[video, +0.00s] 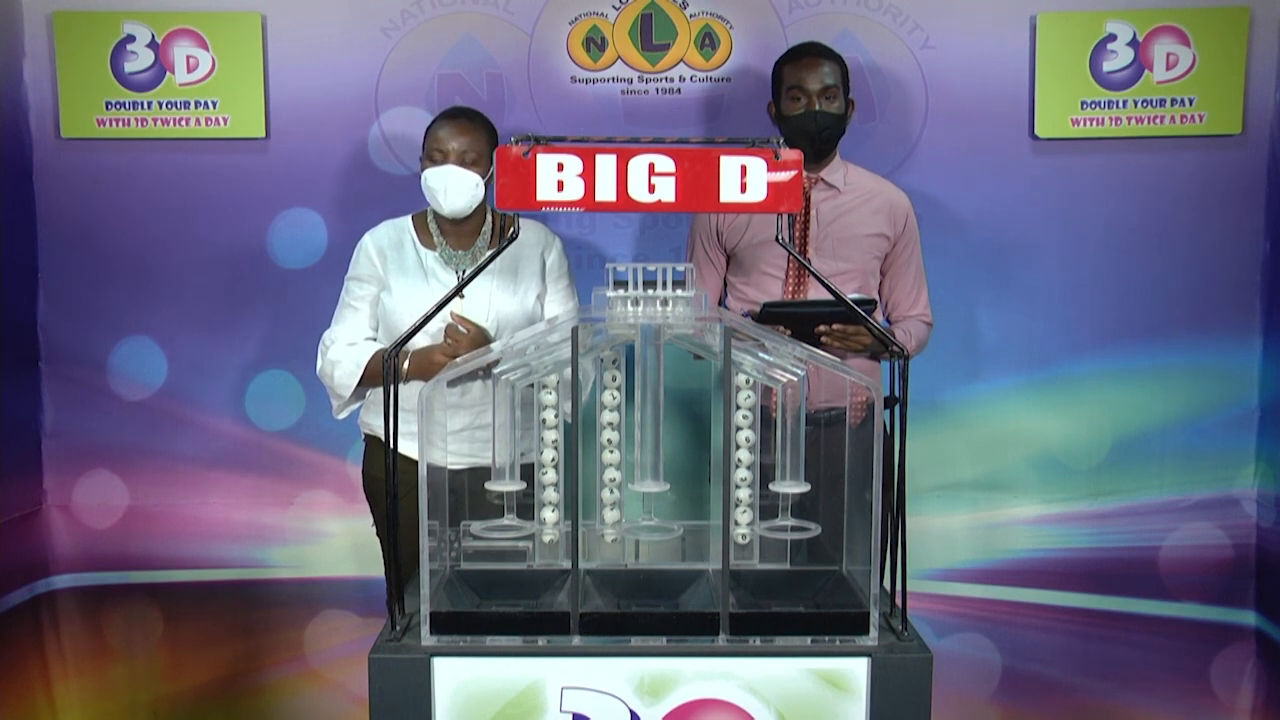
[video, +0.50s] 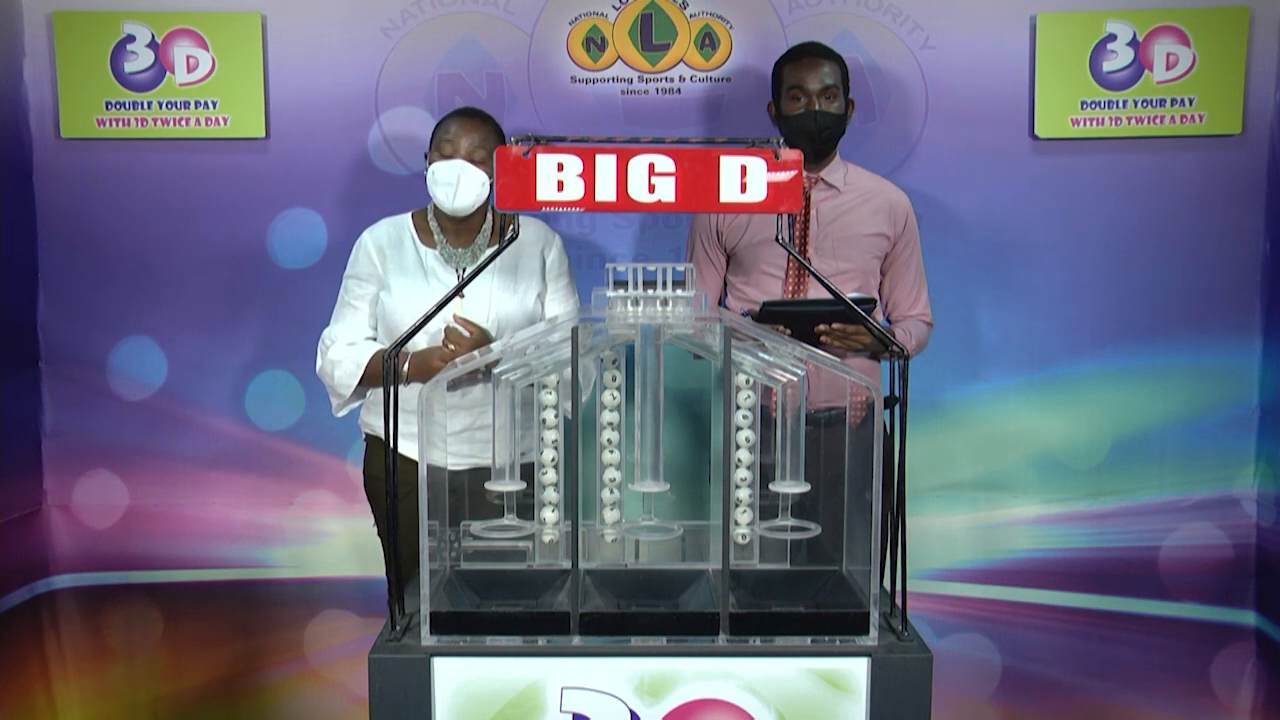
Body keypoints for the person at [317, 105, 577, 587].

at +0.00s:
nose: (449, 174)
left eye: (465, 160)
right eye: (436, 159)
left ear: (492, 167)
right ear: (422, 164)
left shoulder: (538, 247)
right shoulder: (381, 248)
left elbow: (567, 362)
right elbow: (337, 360)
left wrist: (494, 360)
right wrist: (415, 362)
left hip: (506, 465)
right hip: (404, 465)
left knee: (500, 618)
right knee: (415, 616)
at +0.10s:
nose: (451, 172)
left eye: (468, 160)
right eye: (437, 158)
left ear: (494, 167)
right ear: (423, 164)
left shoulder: (538, 248)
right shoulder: (381, 247)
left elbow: (567, 362)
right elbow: (337, 360)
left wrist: (493, 360)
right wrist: (414, 362)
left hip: (507, 464)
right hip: (404, 464)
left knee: (500, 617)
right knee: (415, 614)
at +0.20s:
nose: (451, 169)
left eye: (468, 158)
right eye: (438, 155)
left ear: (494, 167)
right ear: (424, 163)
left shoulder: (538, 247)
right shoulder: (381, 247)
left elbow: (568, 361)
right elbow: (337, 360)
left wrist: (494, 361)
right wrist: (415, 363)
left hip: (506, 465)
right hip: (404, 465)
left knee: (501, 617)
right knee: (415, 615)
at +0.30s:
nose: (452, 169)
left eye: (470, 157)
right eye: (440, 155)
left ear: (497, 166)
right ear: (425, 163)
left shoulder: (538, 247)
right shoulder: (381, 246)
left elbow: (567, 360)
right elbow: (337, 360)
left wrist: (495, 360)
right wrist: (416, 363)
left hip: (506, 464)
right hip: (404, 464)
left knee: (499, 616)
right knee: (415, 614)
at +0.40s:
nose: (455, 169)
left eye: (473, 157)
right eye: (443, 155)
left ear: (499, 168)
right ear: (427, 163)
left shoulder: (538, 246)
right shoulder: (380, 246)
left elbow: (568, 358)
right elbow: (337, 358)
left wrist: (495, 359)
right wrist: (413, 363)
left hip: (506, 465)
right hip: (405, 465)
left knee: (500, 617)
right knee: (415, 615)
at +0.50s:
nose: (458, 170)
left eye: (476, 158)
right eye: (446, 156)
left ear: (501, 167)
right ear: (428, 165)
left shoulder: (538, 245)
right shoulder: (380, 245)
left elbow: (568, 356)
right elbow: (337, 358)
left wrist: (496, 359)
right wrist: (414, 363)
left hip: (507, 464)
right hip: (405, 465)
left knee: (501, 617)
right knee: (416, 616)